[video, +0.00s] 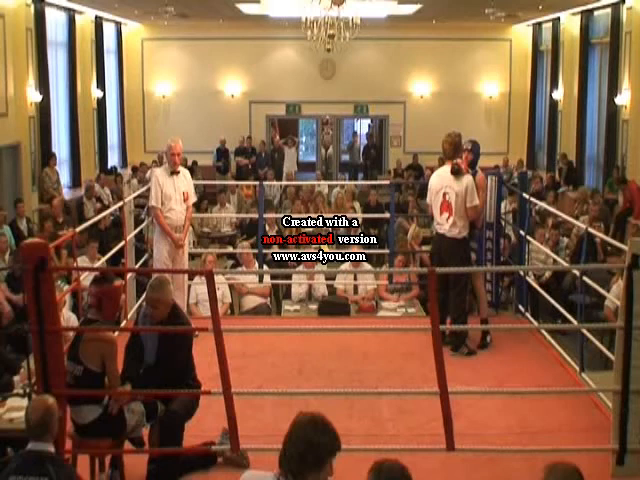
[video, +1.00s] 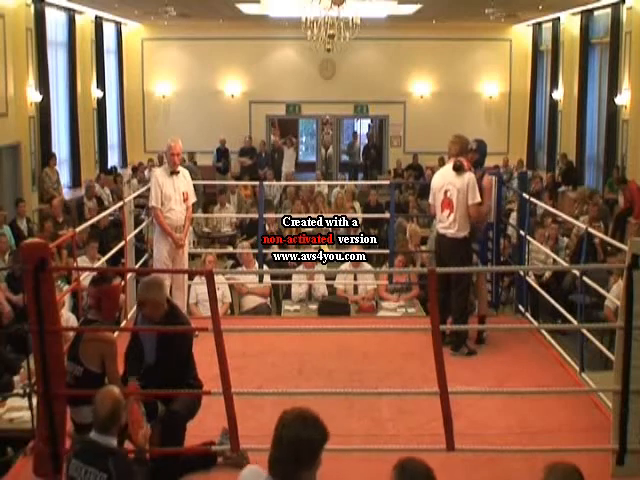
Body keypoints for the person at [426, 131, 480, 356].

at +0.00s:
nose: (464, 154)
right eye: (463, 151)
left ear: (443, 152)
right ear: (462, 153)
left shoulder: (435, 176)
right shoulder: (467, 179)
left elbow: (431, 207)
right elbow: (472, 213)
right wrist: (476, 189)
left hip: (439, 237)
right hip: (458, 239)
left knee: (440, 285)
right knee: (459, 288)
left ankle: (439, 328)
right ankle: (458, 337)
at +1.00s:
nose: (470, 157)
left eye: (468, 154)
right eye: (469, 154)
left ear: (449, 153)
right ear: (467, 154)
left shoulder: (438, 175)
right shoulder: (468, 177)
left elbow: (433, 208)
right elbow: (475, 213)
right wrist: (487, 197)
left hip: (441, 236)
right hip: (460, 238)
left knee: (443, 285)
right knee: (461, 288)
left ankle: (441, 329)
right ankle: (459, 339)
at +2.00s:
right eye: (473, 155)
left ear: (455, 153)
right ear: (473, 155)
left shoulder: (441, 175)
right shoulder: (474, 179)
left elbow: (434, 208)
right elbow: (480, 211)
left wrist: (446, 219)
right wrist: (478, 228)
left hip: (443, 238)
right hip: (463, 240)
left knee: (444, 286)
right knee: (462, 289)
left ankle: (443, 328)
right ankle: (458, 339)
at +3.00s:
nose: (470, 162)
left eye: (467, 158)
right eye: (469, 159)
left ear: (451, 157)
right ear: (467, 158)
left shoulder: (439, 178)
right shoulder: (471, 177)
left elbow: (434, 209)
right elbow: (480, 209)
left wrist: (446, 219)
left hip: (444, 239)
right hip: (464, 240)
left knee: (445, 287)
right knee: (463, 290)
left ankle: (444, 329)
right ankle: (458, 339)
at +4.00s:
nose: (466, 155)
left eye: (458, 151)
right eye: (466, 152)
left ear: (448, 153)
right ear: (466, 153)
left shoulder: (439, 178)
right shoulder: (470, 177)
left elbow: (434, 209)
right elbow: (478, 208)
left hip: (445, 237)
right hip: (464, 238)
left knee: (446, 286)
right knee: (463, 288)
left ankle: (444, 330)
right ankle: (459, 338)